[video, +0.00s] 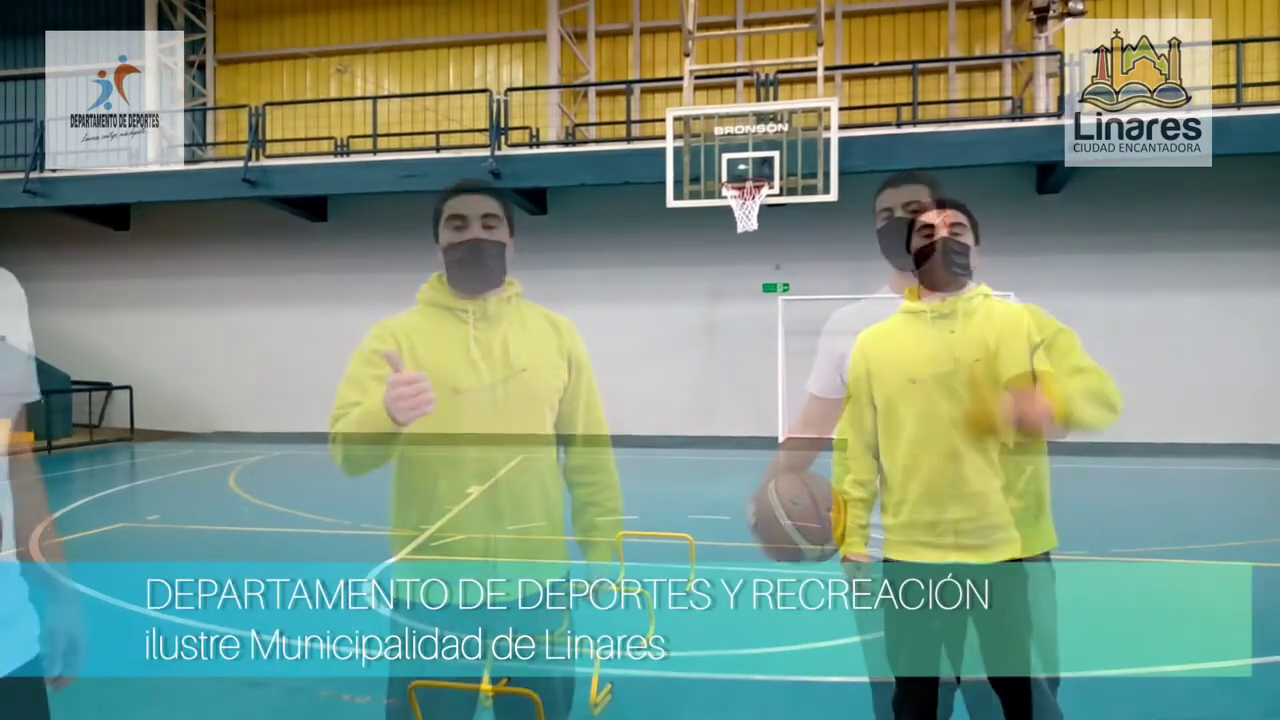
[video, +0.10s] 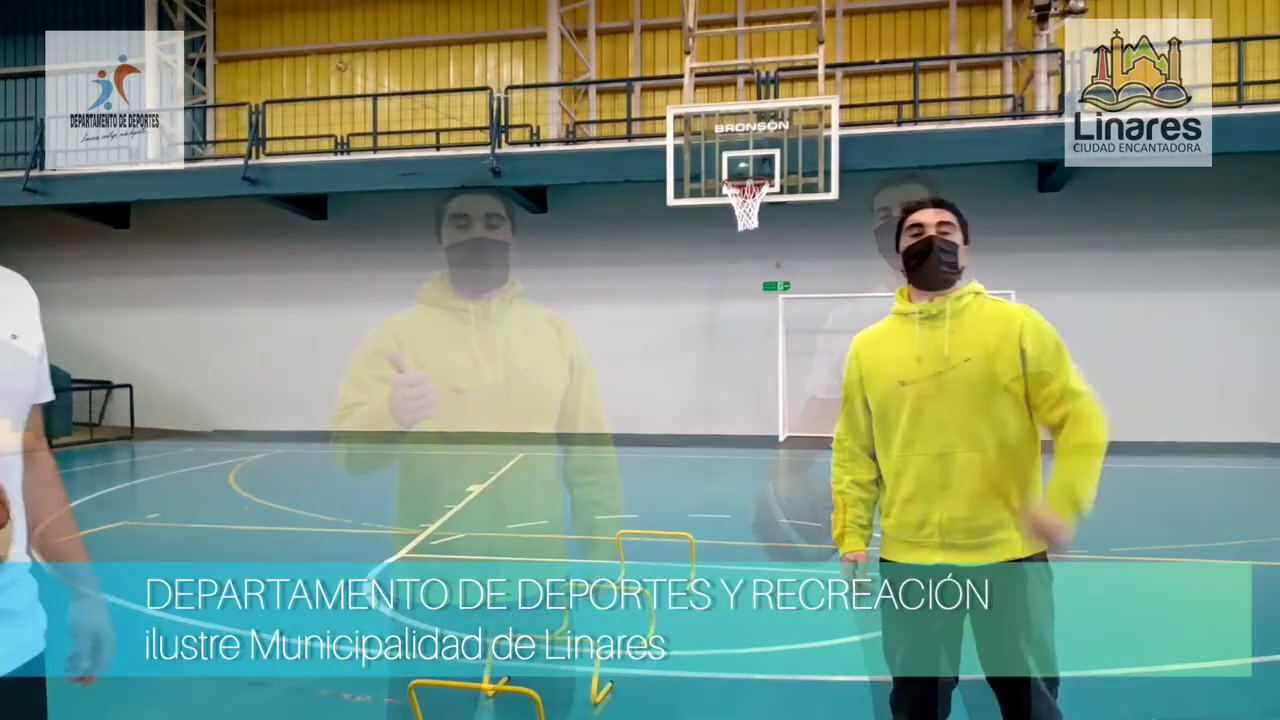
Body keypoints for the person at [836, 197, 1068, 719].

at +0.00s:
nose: (946, 239)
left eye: (958, 230)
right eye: (929, 232)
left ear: (976, 250)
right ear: (910, 253)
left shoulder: (1020, 323)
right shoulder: (875, 344)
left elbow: (1102, 397)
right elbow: (855, 455)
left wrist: (1042, 406)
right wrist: (853, 544)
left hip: (1010, 547)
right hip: (915, 550)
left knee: (1022, 691)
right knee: (915, 696)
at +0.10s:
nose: (931, 236)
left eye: (945, 229)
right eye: (916, 230)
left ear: (965, 250)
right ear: (900, 257)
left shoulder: (1017, 327)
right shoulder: (870, 347)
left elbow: (1081, 419)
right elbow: (854, 453)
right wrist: (853, 535)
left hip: (1009, 553)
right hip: (912, 556)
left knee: (1029, 701)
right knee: (916, 702)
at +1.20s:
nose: (986, 236)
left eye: (1002, 227)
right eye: (969, 228)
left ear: (1021, 249)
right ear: (949, 251)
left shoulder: (1067, 342)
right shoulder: (902, 343)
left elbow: (1093, 465)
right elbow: (883, 460)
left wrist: (1091, 565)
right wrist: (889, 559)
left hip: (1037, 572)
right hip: (935, 571)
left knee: (1043, 712)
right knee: (931, 709)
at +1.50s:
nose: (1038, 230)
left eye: (1057, 220)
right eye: (1022, 218)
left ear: (1077, 245)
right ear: (1001, 237)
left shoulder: (1122, 343)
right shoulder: (944, 335)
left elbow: (1164, 469)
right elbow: (910, 450)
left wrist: (1171, 582)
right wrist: (890, 540)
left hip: (1067, 592)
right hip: (956, 587)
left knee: (1065, 715)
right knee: (933, 712)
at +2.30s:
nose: (963, 217)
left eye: (981, 204)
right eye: (945, 209)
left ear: (1009, 230)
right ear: (928, 237)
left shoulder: (1079, 329)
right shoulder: (887, 345)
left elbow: (1125, 463)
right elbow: (849, 455)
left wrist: (1134, 583)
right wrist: (816, 514)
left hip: (1058, 614)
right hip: (938, 617)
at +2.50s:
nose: (948, 217)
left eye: (965, 204)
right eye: (928, 210)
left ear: (993, 228)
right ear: (912, 238)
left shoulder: (1066, 326)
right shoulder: (874, 349)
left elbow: (1117, 459)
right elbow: (848, 475)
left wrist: (1126, 576)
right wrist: (850, 578)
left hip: (1057, 615)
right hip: (933, 621)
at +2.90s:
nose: (980, 213)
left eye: (999, 201)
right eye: (963, 203)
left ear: (1031, 228)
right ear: (945, 228)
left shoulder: (1100, 330)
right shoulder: (905, 342)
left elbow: (1144, 472)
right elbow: (875, 466)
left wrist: (1144, 602)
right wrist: (859, 561)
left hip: (1072, 625)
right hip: (945, 625)